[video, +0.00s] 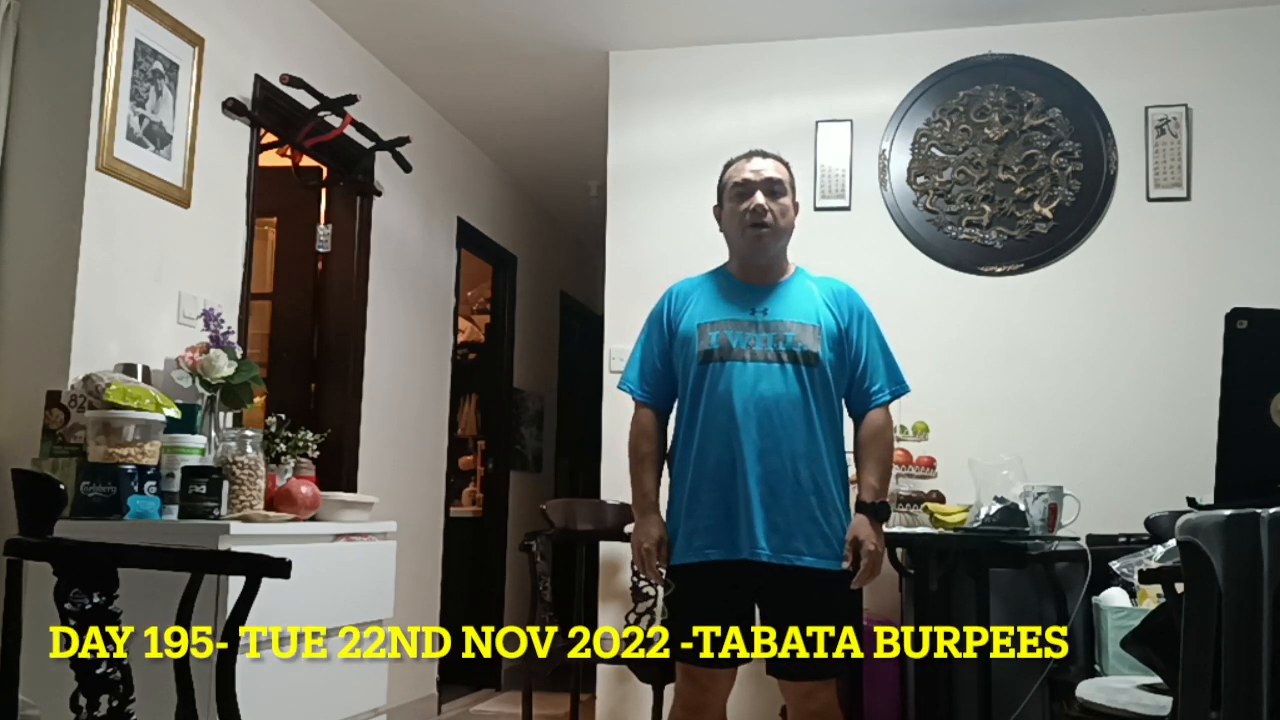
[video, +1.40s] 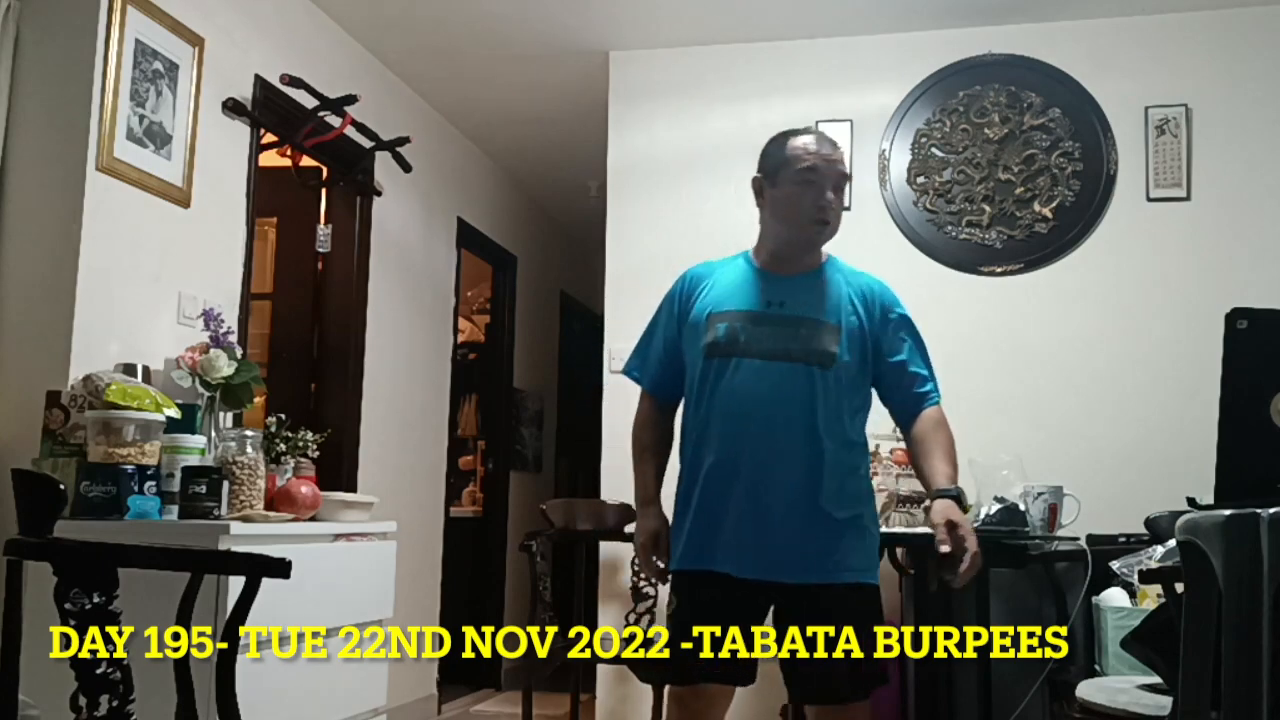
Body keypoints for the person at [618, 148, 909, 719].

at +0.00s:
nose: (758, 200)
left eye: (774, 190)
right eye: (742, 191)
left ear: (795, 213)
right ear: (719, 216)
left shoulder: (839, 304)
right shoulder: (682, 302)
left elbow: (875, 411)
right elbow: (647, 412)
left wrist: (870, 511)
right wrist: (645, 513)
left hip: (811, 545)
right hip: (706, 542)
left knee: (815, 701)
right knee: (699, 696)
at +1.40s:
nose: (828, 197)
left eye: (838, 185)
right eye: (809, 180)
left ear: (847, 200)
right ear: (761, 191)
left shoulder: (871, 301)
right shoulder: (699, 289)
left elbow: (921, 408)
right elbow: (655, 406)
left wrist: (945, 495)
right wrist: (648, 508)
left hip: (833, 559)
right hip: (716, 549)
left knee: (840, 710)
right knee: (692, 705)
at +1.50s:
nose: (874, 189)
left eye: (885, 175)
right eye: (856, 166)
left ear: (893, 188)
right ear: (804, 173)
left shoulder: (907, 294)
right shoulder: (731, 269)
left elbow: (964, 397)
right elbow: (683, 387)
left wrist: (994, 480)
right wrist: (674, 488)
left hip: (853, 550)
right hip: (736, 535)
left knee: (851, 709)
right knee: (694, 696)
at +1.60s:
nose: (911, 184)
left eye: (924, 170)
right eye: (894, 161)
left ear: (933, 183)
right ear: (841, 165)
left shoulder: (937, 289)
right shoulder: (758, 255)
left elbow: (1003, 385)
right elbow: (705, 368)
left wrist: (1048, 462)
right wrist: (690, 475)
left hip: (863, 560)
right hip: (746, 536)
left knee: (860, 712)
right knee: (701, 693)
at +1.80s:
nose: (966, 192)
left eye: (979, 176)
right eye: (949, 166)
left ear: (986, 183)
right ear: (891, 159)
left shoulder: (980, 295)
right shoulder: (793, 240)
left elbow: (1062, 379)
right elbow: (726, 349)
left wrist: (1135, 444)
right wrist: (706, 460)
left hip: (880, 570)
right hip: (762, 540)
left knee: (861, 714)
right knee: (726, 706)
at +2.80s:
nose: (949, 175)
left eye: (962, 160)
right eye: (931, 151)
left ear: (969, 167)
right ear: (873, 151)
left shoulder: (970, 287)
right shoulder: (773, 240)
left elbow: (1036, 393)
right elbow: (708, 353)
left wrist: (1090, 476)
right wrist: (692, 472)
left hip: (878, 572)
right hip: (752, 541)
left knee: (859, 717)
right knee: (711, 702)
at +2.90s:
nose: (918, 168)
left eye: (927, 151)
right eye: (898, 143)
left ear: (930, 164)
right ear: (837, 147)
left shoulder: (943, 280)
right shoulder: (750, 246)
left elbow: (1001, 399)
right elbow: (688, 366)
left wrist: (1026, 499)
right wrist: (676, 483)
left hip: (869, 571)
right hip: (743, 547)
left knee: (861, 715)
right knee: (705, 703)